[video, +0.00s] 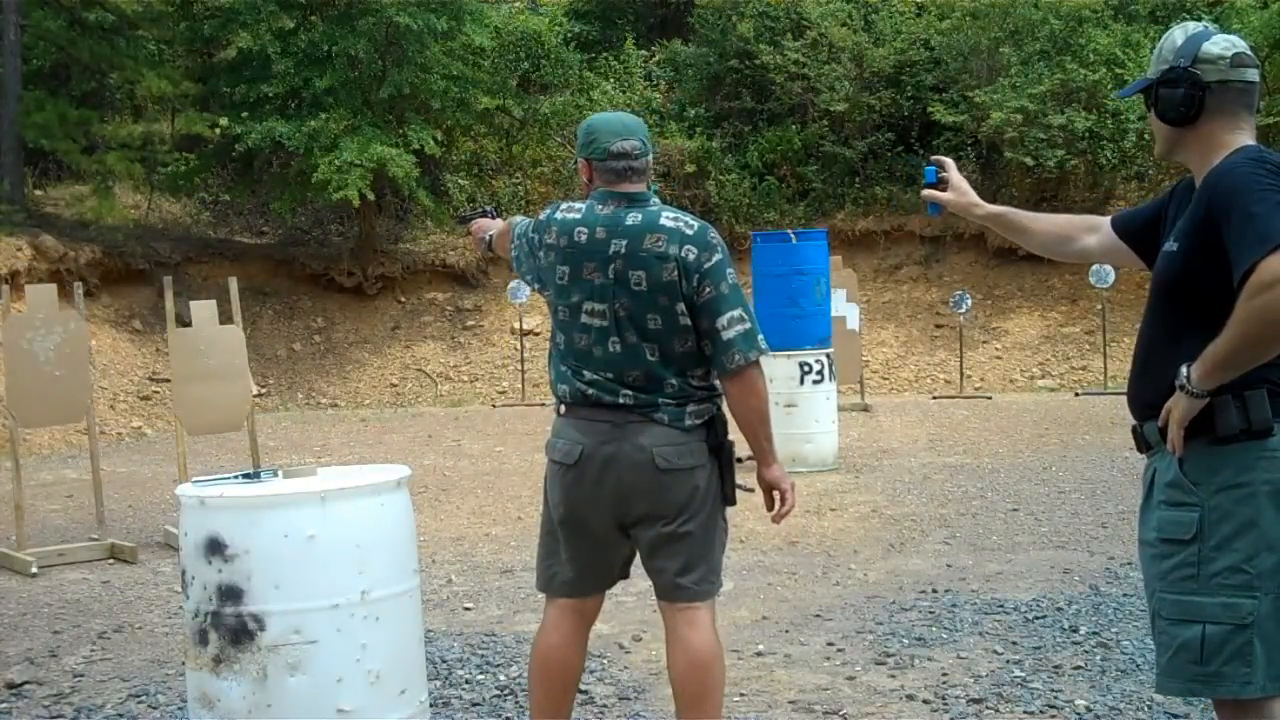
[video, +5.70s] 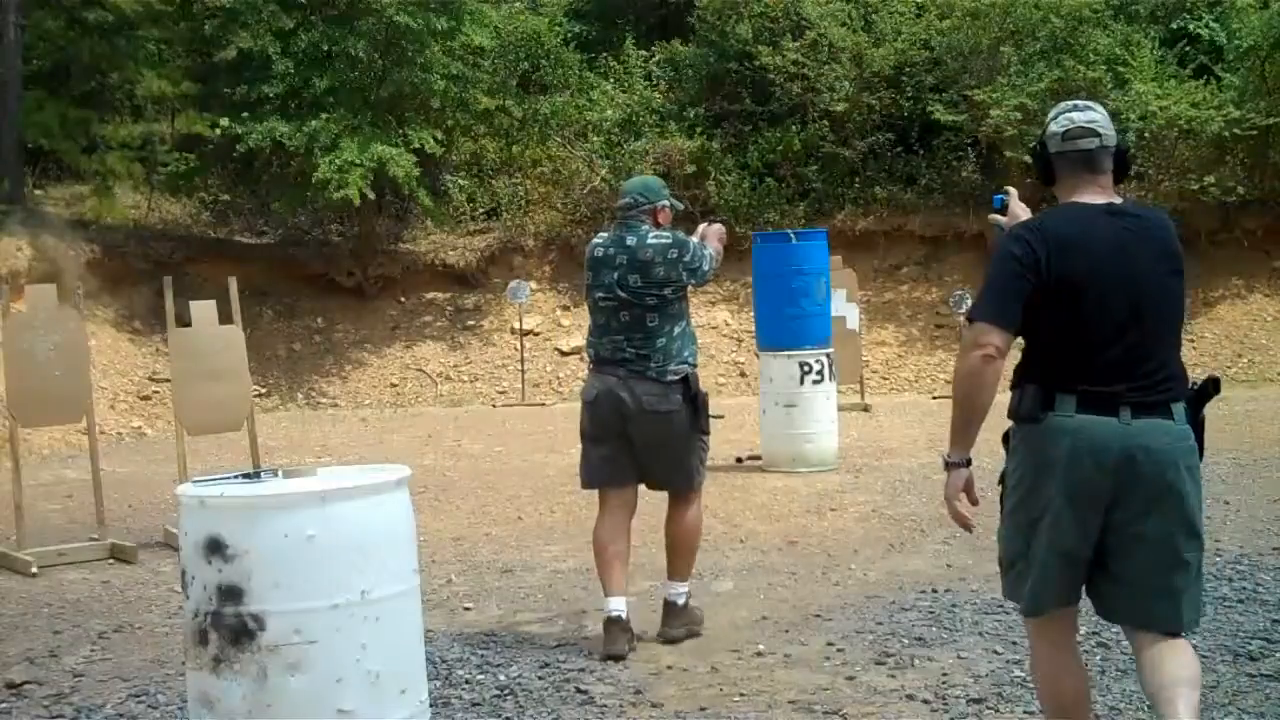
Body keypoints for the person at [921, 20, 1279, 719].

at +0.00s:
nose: (1150, 116)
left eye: (1154, 101)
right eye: (1151, 102)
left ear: (1179, 102)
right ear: (1232, 99)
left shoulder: (1246, 179)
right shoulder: (1196, 194)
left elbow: (1273, 284)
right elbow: (1091, 236)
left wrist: (1197, 382)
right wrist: (978, 209)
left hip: (1230, 462)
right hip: (1210, 456)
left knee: (1244, 693)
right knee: (1241, 687)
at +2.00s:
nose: (1145, 115)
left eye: (1150, 100)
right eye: (1146, 101)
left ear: (1177, 102)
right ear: (1223, 101)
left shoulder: (1242, 181)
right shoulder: (1191, 197)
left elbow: (1274, 283)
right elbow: (1084, 238)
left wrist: (1194, 381)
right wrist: (974, 213)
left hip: (1224, 462)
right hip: (1205, 457)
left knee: (1242, 692)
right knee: (1241, 685)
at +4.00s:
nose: (1137, 117)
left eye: (1142, 102)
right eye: (1138, 102)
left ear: (1169, 103)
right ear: (1218, 102)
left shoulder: (1234, 181)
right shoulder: (1186, 195)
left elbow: (1270, 288)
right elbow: (1082, 239)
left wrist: (1184, 388)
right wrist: (970, 213)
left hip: (1221, 462)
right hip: (1210, 456)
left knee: (1238, 693)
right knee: (1242, 686)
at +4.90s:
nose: (1136, 140)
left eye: (1138, 125)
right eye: (1138, 127)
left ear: (1148, 122)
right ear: (1226, 122)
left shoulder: (1178, 198)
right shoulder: (1261, 205)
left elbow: (1173, 297)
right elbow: (1137, 244)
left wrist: (1108, 384)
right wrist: (1033, 216)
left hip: (1188, 449)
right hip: (1265, 445)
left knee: (1184, 684)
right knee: (1219, 671)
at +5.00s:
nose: (1137, 143)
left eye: (1140, 128)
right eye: (1140, 129)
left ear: (1147, 127)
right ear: (1225, 127)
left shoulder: (1168, 202)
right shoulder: (1262, 208)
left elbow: (1154, 301)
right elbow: (1144, 245)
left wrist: (1076, 385)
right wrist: (1045, 218)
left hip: (1181, 452)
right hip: (1268, 449)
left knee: (1125, 675)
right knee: (1221, 664)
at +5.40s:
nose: (1111, 156)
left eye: (1112, 145)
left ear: (1113, 149)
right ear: (1185, 149)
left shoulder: (1108, 221)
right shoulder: (1230, 228)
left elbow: (1073, 326)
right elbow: (1157, 277)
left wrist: (1033, 446)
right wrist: (1067, 233)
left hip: (1125, 452)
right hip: (1230, 447)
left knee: (1061, 618)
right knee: (1218, 645)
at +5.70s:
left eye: (1051, 161)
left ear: (1047, 168)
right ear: (1117, 163)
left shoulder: (1032, 240)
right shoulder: (1159, 232)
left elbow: (986, 349)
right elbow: (1103, 282)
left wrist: (958, 455)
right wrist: (1026, 238)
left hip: (1060, 442)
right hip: (1162, 442)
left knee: (1051, 622)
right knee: (1160, 624)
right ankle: (1181, 713)